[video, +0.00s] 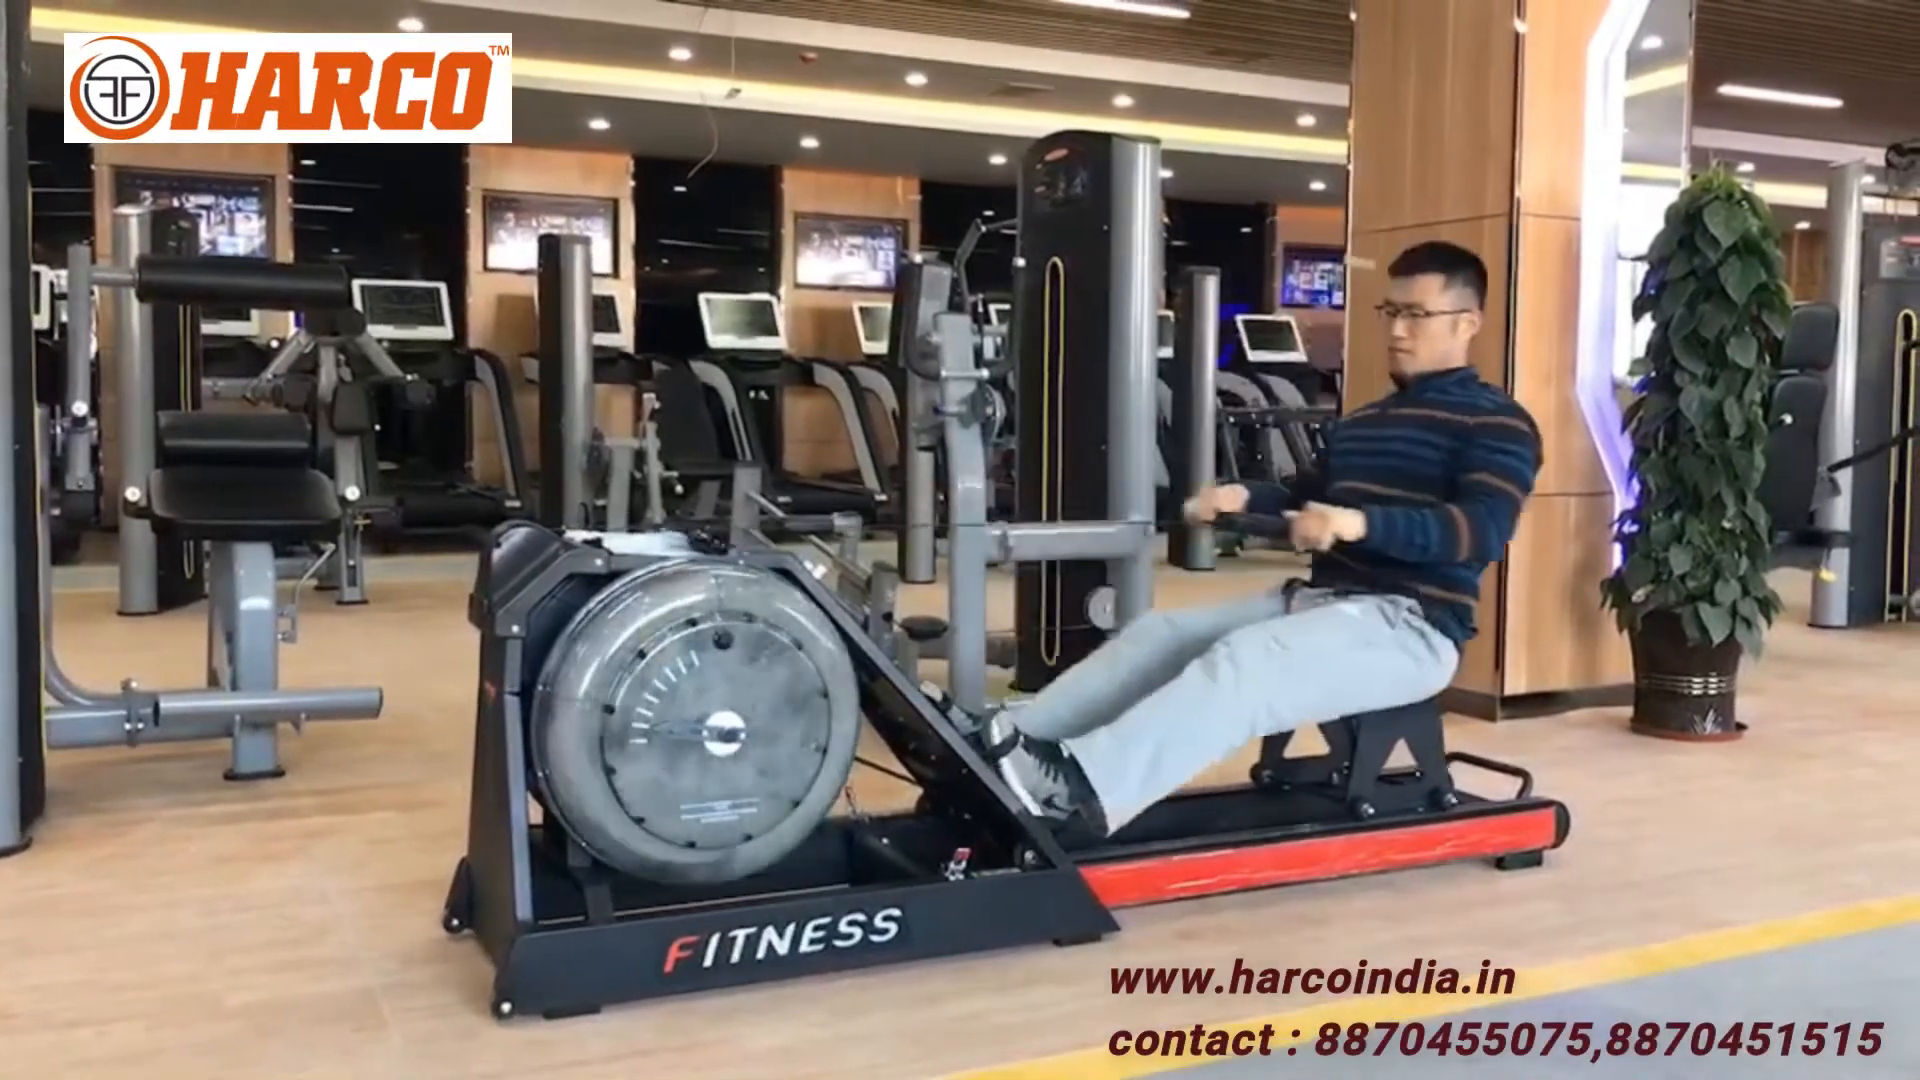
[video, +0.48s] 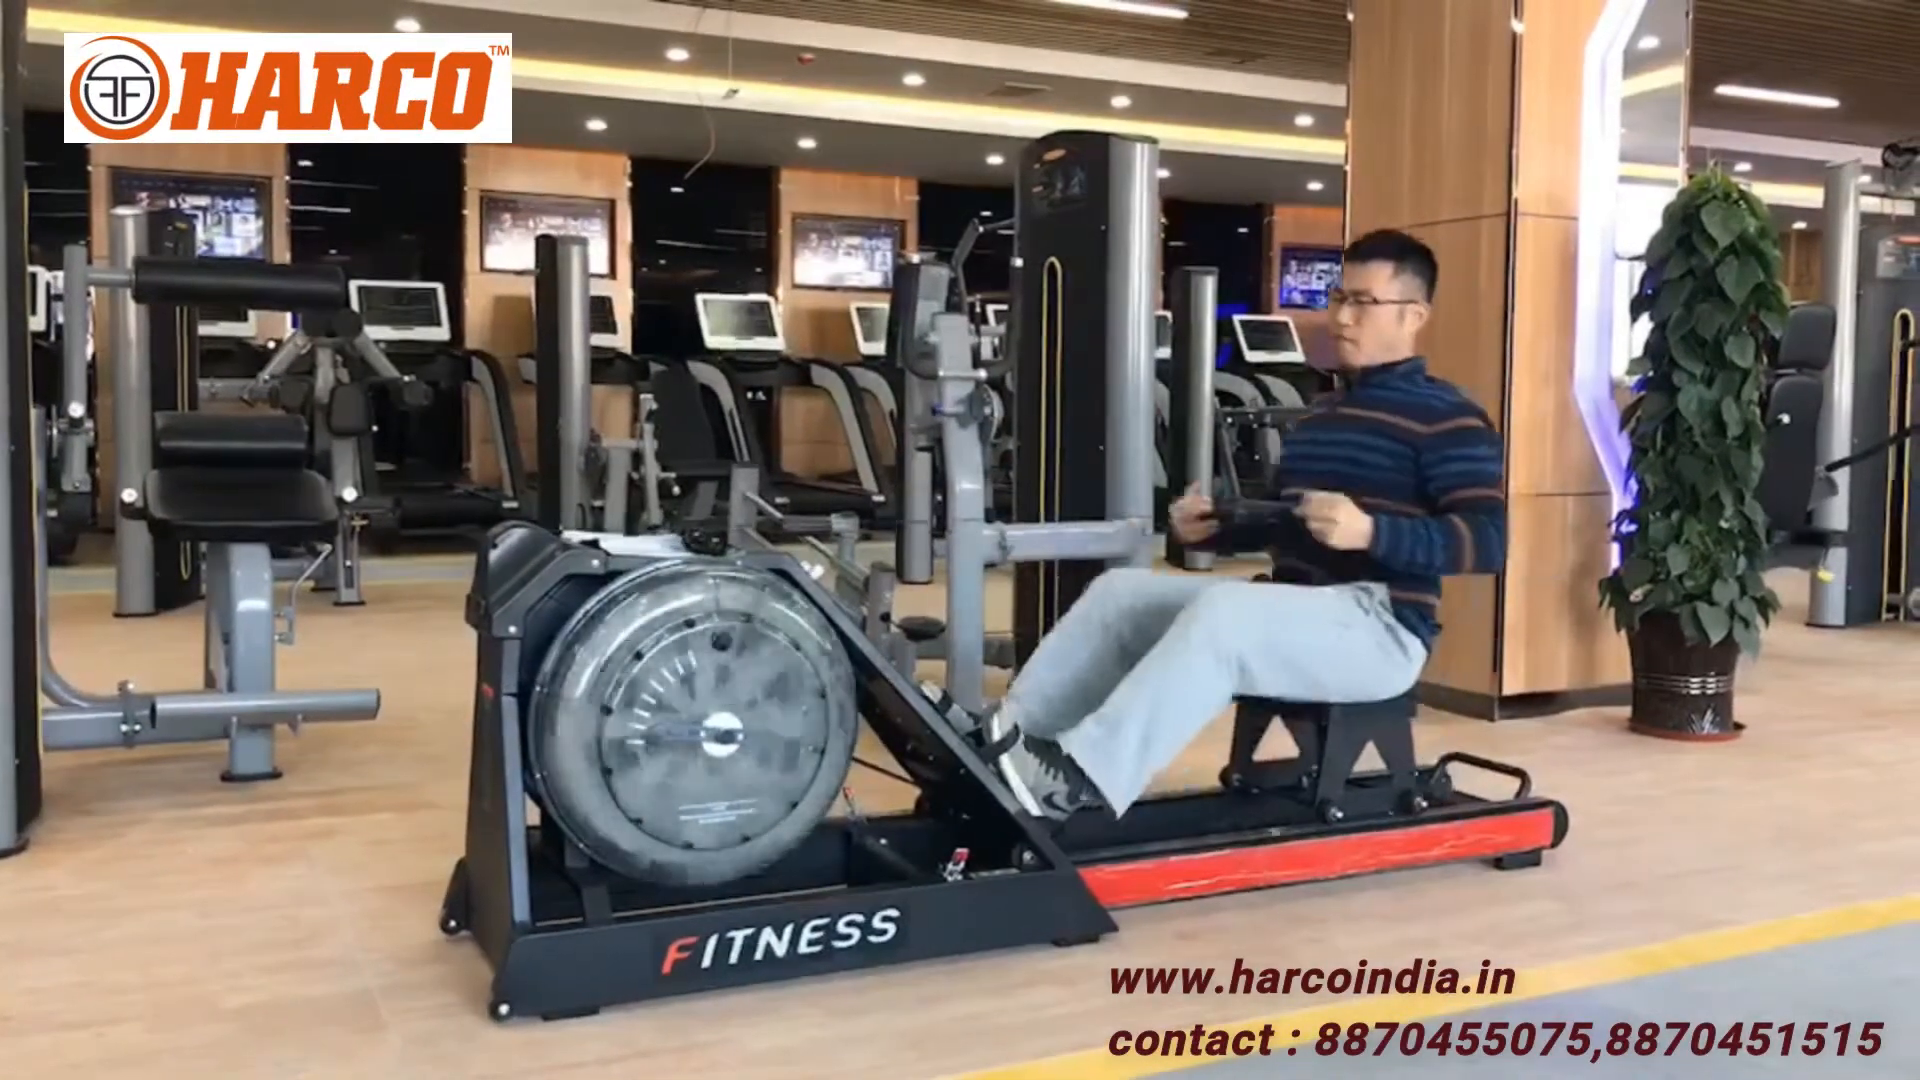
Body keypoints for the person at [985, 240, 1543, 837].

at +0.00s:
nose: (1397, 329)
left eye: (1418, 315)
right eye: (1392, 313)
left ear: (1469, 327)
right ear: (1382, 318)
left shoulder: (1500, 423)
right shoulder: (1365, 419)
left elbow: (1477, 534)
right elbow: (1318, 500)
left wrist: (1364, 525)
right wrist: (1244, 497)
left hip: (1408, 625)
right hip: (1321, 601)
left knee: (1240, 668)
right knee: (1163, 632)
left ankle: (1084, 790)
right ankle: (1005, 740)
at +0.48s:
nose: (1342, 316)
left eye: (1364, 302)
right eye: (1338, 300)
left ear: (1415, 318)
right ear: (1331, 305)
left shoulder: (1449, 416)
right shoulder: (1319, 414)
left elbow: (1485, 540)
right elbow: (1289, 521)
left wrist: (1373, 529)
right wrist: (1214, 528)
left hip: (1382, 627)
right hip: (1295, 605)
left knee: (1220, 618)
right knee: (1122, 592)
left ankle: (1084, 776)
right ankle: (1001, 737)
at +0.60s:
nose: (1288, 308)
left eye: (1309, 293)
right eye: (1286, 291)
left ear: (1363, 309)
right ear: (1277, 294)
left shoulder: (1397, 414)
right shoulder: (1269, 414)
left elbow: (1401, 537)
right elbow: (1234, 521)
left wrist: (1282, 522)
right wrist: (1149, 526)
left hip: (1349, 630)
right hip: (1255, 609)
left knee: (1200, 592)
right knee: (1094, 570)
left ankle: (1073, 771)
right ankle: (1002, 735)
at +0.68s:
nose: (1259, 304)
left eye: (1282, 290)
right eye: (1258, 287)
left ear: (1338, 307)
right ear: (1250, 294)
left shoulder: (1371, 411)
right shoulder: (1243, 412)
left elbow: (1350, 532)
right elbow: (1204, 521)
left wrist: (1229, 518)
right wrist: (1109, 525)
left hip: (1332, 630)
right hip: (1231, 609)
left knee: (1186, 586)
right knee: (1070, 567)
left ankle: (1064, 769)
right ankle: (988, 741)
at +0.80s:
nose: (1218, 301)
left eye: (1238, 286)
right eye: (1215, 284)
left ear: (1291, 303)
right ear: (1208, 292)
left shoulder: (1315, 400)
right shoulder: (1196, 400)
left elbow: (1254, 513)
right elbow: (1137, 501)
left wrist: (1128, 501)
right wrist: (1033, 502)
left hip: (1292, 634)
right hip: (1194, 609)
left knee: (1159, 569)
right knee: (1032, 560)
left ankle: (1049, 767)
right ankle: (973, 736)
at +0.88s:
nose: (1198, 299)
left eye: (1219, 284)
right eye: (1196, 283)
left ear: (1273, 301)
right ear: (1187, 290)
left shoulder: (1294, 397)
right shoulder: (1177, 395)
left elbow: (1210, 502)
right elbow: (1120, 471)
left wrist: (1083, 503)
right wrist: (1007, 485)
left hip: (1278, 634)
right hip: (1181, 608)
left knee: (1147, 566)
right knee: (1024, 553)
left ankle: (1042, 768)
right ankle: (961, 737)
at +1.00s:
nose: (1175, 293)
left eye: (1198, 280)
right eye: (1175, 277)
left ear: (1252, 302)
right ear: (1167, 287)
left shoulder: (1269, 398)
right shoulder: (1146, 399)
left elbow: (1172, 485)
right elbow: (1074, 473)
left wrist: (1043, 514)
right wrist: (956, 481)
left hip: (1256, 637)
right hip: (1155, 614)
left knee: (1127, 558)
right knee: (998, 551)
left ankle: (1038, 769)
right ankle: (957, 748)